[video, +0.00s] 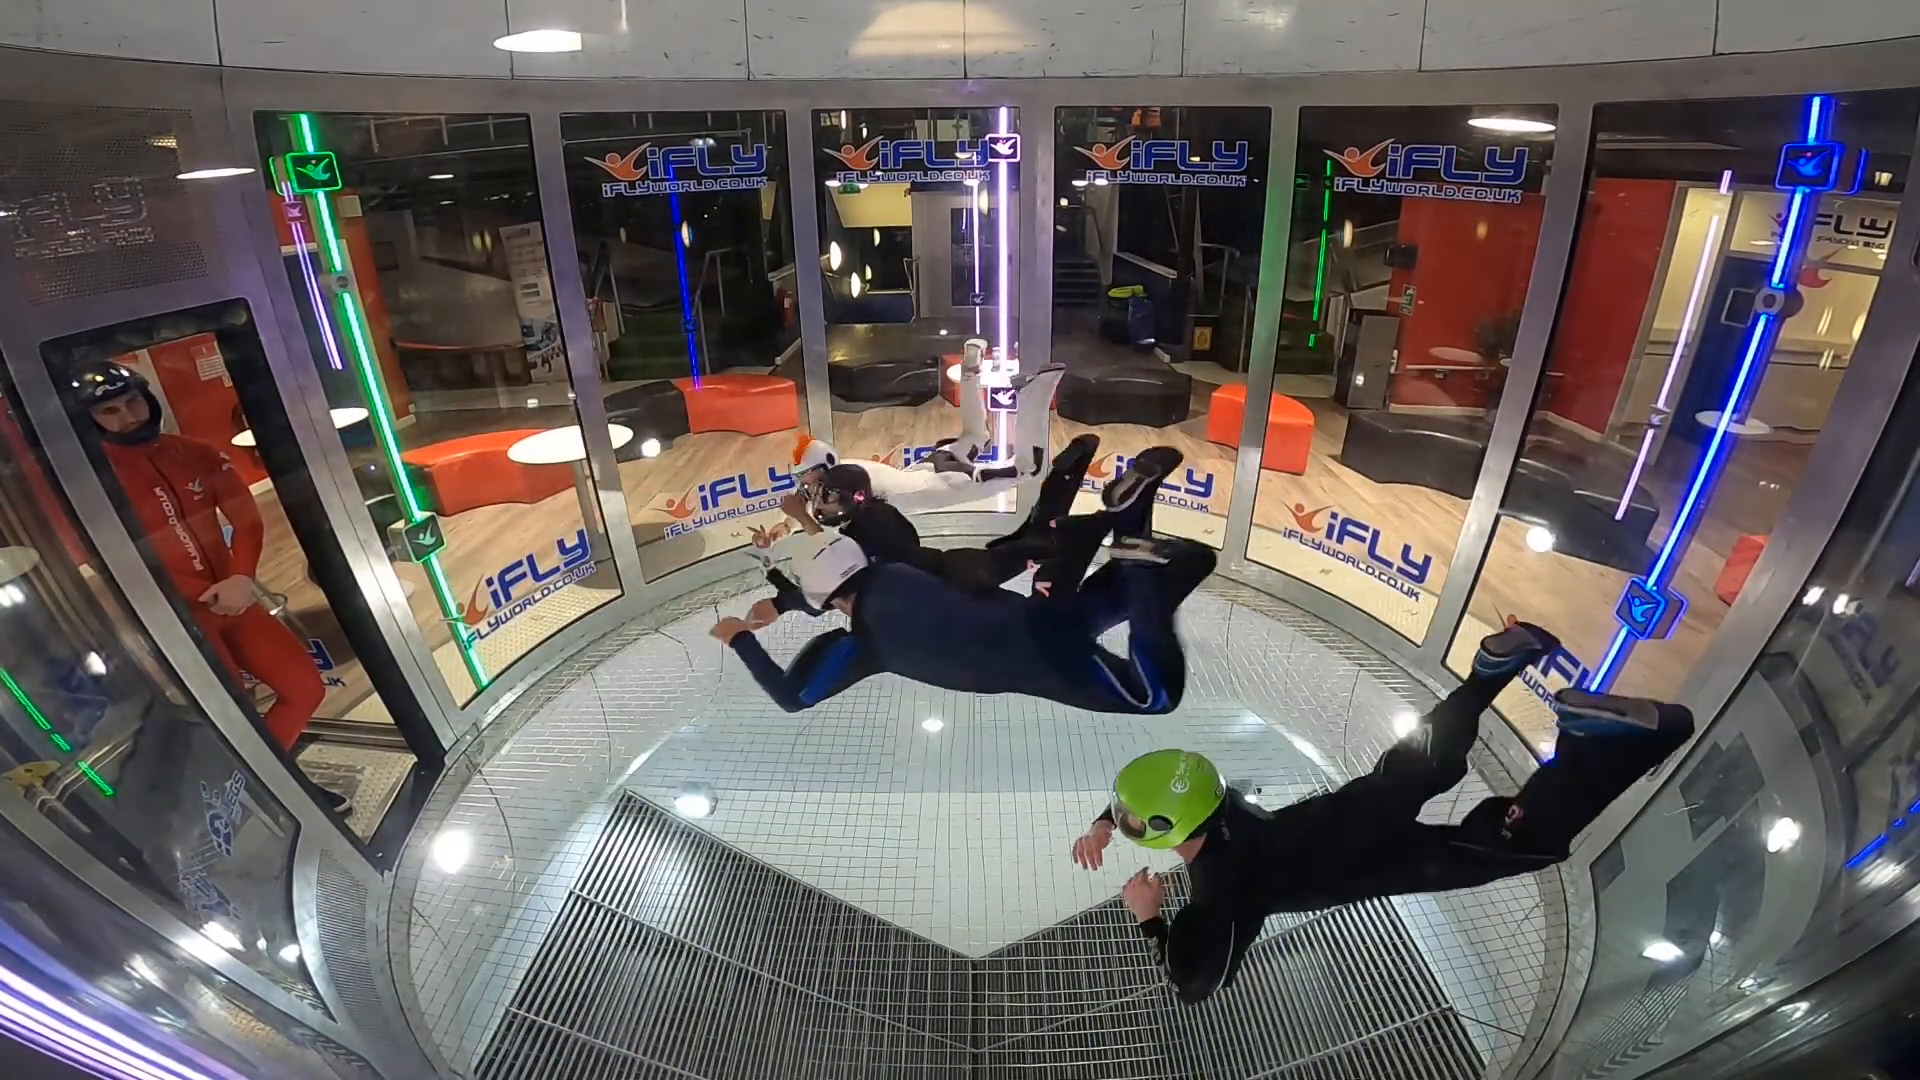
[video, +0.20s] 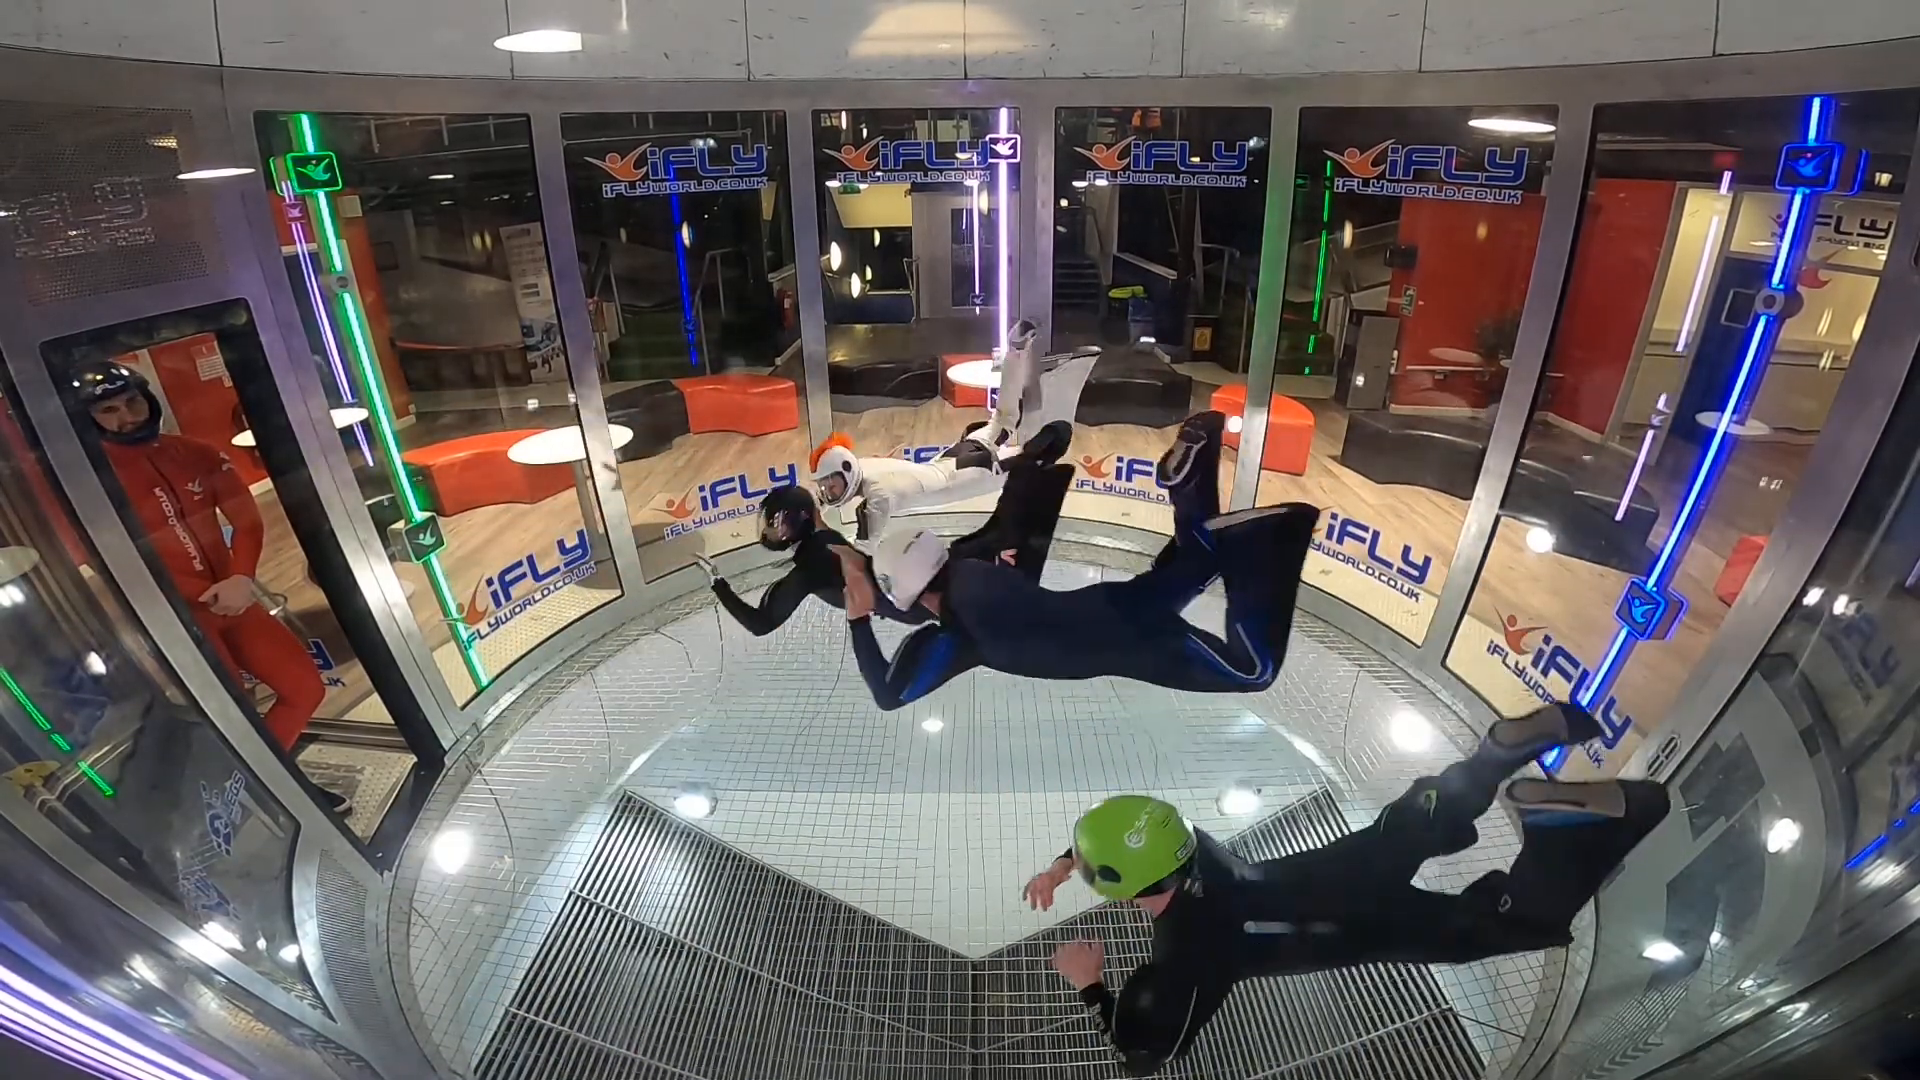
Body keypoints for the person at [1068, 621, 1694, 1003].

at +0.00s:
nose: (1135, 833)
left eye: (1146, 828)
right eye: (1138, 817)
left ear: (1174, 831)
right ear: (1192, 797)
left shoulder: (1225, 883)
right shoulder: (1206, 803)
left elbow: (1196, 975)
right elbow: (1151, 795)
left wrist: (1157, 919)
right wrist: (1107, 822)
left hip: (1391, 858)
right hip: (1357, 810)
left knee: (1521, 840)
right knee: (1429, 759)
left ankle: (1614, 743)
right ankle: (1497, 665)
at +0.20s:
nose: (1103, 892)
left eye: (1109, 883)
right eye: (1103, 877)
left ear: (1144, 888)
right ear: (1159, 837)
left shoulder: (1187, 949)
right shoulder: (1180, 846)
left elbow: (1146, 1045)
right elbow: (1124, 830)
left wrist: (1095, 987)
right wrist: (1070, 863)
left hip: (1360, 931)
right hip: (1335, 866)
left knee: (1507, 923)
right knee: (1421, 822)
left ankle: (1578, 825)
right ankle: (1515, 741)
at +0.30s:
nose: (1064, 915)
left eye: (1071, 908)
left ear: (1103, 916)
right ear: (1130, 859)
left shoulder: (1161, 988)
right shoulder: (1156, 868)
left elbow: (1107, 1067)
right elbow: (1103, 852)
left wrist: (1047, 1021)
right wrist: (1037, 883)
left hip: (1363, 961)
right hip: (1341, 888)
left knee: (1502, 965)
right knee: (1418, 851)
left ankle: (1599, 876)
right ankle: (1517, 802)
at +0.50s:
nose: (1016, 977)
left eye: (1017, 966)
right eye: (1018, 963)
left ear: (1049, 972)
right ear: (1072, 908)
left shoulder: (1106, 1035)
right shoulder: (1110, 906)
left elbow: (1032, 1079)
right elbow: (1055, 879)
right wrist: (962, 908)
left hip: (1318, 1024)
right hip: (1305, 948)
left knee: (1447, 1027)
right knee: (1391, 927)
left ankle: (1556, 966)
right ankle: (1491, 901)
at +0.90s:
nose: (986, 1019)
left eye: (994, 1006)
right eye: (974, 1003)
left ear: (1032, 987)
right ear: (1021, 935)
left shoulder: (1067, 1058)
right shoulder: (1051, 930)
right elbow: (994, 914)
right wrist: (906, 933)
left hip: (1252, 1062)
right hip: (1222, 1008)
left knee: (1380, 1062)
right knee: (1324, 1009)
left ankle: (1514, 1030)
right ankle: (1404, 965)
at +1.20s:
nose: (1015, 984)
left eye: (1014, 972)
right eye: (1014, 969)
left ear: (1035, 978)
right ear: (1076, 908)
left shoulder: (1097, 1049)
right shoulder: (1110, 921)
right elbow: (1060, 881)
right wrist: (964, 912)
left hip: (1306, 1052)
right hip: (1285, 981)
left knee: (1420, 1059)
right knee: (1370, 974)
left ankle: (1511, 1022)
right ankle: (1466, 929)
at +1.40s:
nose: (1072, 936)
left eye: (1074, 927)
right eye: (1067, 921)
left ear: (1099, 929)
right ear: (1123, 877)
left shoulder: (1151, 999)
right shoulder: (1157, 887)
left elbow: (1137, 1073)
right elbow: (1095, 869)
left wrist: (1011, 1077)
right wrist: (1019, 878)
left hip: (1350, 1003)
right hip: (1344, 932)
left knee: (1493, 1009)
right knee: (1428, 922)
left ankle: (1610, 917)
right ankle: (1479, 855)